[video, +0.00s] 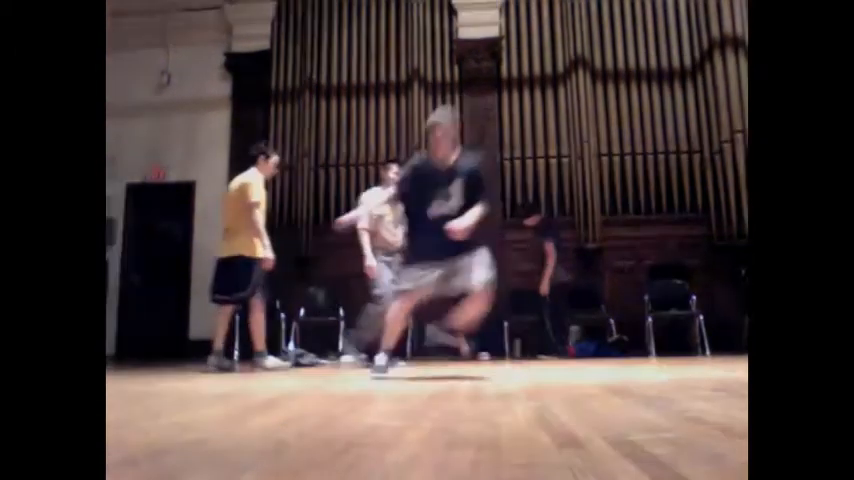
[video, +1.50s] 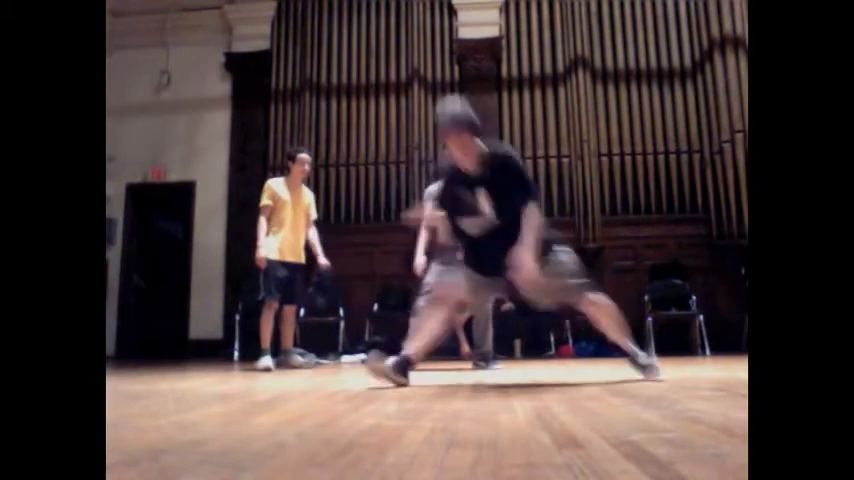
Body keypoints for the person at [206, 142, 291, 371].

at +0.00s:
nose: (275, 171)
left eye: (276, 166)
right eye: (274, 165)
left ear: (259, 162)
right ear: (262, 160)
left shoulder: (237, 182)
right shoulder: (254, 180)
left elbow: (232, 222)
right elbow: (255, 215)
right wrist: (267, 247)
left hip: (231, 253)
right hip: (249, 253)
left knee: (226, 306)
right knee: (257, 303)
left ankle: (217, 353)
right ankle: (261, 353)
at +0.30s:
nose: (289, 166)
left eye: (290, 161)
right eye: (286, 160)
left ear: (275, 161)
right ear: (274, 159)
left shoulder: (266, 182)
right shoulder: (265, 182)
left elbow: (267, 219)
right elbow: (269, 217)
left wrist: (279, 248)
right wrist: (285, 247)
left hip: (265, 253)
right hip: (263, 253)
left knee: (265, 302)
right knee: (266, 302)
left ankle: (239, 339)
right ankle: (262, 352)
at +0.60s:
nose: (296, 165)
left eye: (298, 161)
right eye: (293, 160)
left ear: (291, 163)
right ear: (280, 160)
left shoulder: (281, 185)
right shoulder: (269, 182)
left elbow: (281, 219)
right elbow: (268, 213)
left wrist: (287, 248)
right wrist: (279, 246)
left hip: (282, 253)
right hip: (268, 253)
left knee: (285, 301)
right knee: (268, 300)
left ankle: (284, 350)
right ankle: (261, 353)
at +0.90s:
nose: (301, 166)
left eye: (303, 162)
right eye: (297, 161)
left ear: (304, 166)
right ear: (285, 162)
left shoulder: (295, 192)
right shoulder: (274, 182)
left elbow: (296, 228)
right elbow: (266, 212)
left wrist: (307, 255)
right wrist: (266, 243)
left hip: (293, 253)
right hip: (278, 250)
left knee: (289, 303)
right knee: (274, 300)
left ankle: (287, 350)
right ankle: (262, 353)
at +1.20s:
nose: (306, 168)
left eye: (309, 164)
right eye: (302, 163)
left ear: (311, 168)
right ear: (291, 164)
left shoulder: (307, 196)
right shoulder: (277, 185)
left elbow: (312, 228)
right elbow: (266, 216)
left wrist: (329, 257)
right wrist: (265, 245)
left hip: (296, 255)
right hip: (276, 252)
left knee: (290, 304)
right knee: (272, 301)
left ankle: (287, 350)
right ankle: (264, 352)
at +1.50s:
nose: (306, 169)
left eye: (308, 164)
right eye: (302, 163)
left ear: (310, 168)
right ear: (291, 164)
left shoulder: (308, 194)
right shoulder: (274, 186)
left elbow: (310, 227)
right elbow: (263, 217)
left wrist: (320, 255)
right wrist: (260, 248)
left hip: (297, 255)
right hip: (274, 252)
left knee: (291, 306)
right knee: (272, 302)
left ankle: (287, 352)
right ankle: (265, 354)